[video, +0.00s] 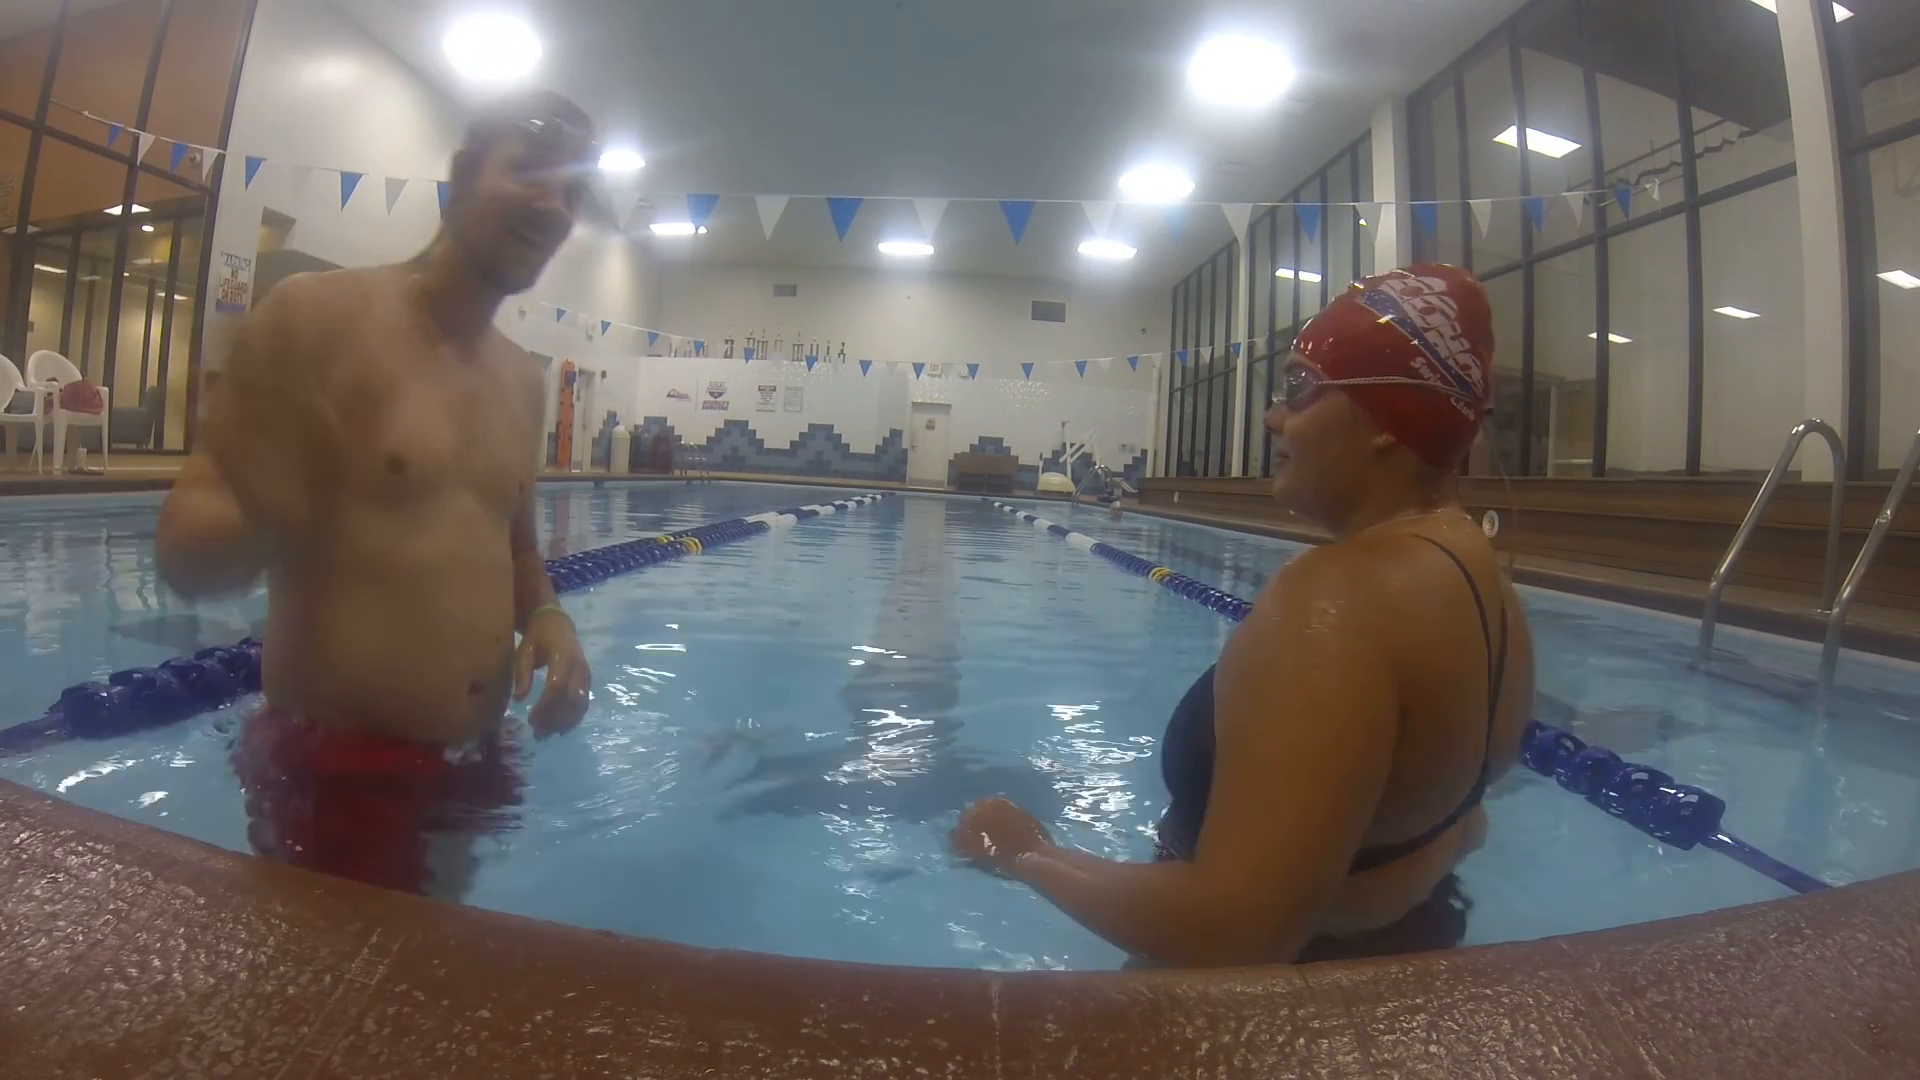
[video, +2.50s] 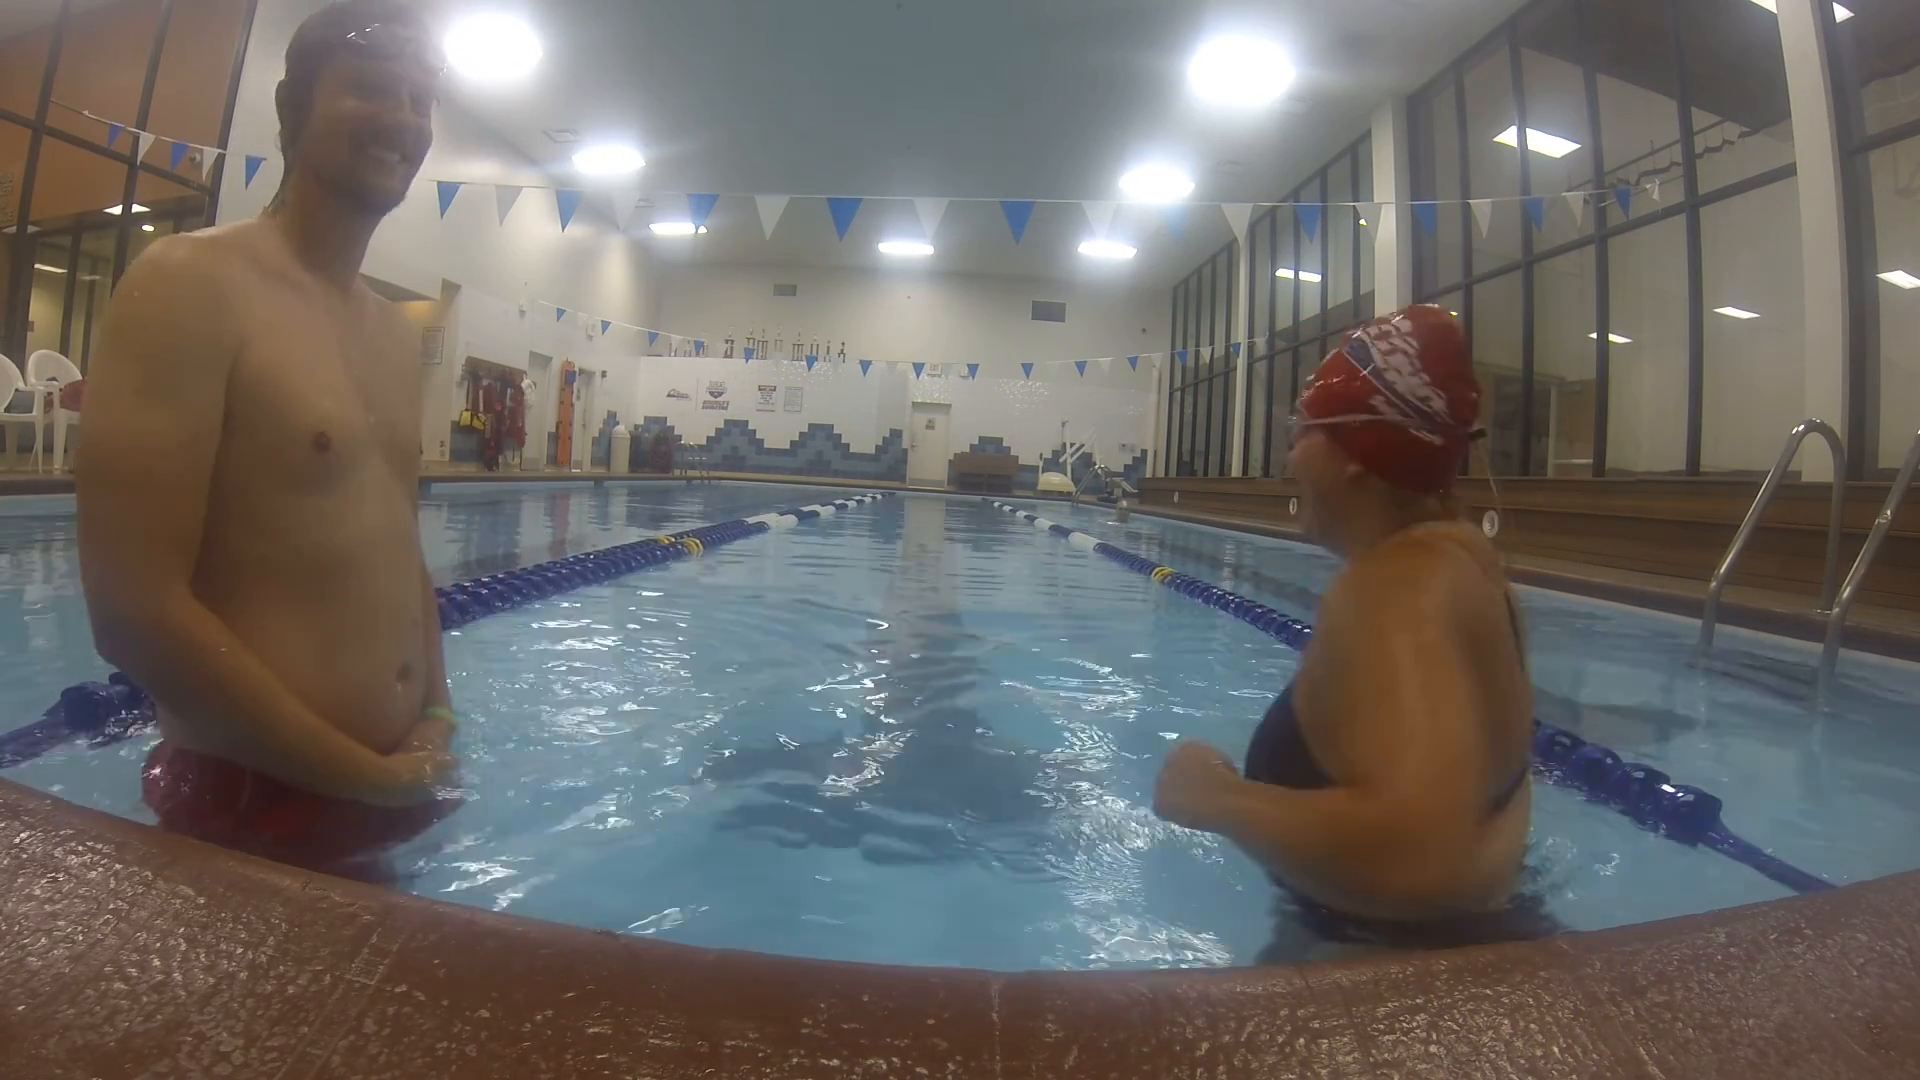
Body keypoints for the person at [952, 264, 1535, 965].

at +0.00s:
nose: (1276, 418)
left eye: (1305, 393)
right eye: (1289, 390)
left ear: (1385, 428)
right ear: (1388, 429)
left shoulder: (1333, 602)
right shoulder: (1473, 561)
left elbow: (1238, 925)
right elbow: (1491, 760)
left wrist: (1029, 857)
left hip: (1268, 986)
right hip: (1405, 955)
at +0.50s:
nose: (1279, 427)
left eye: (1323, 405)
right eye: (1270, 404)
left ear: (1406, 445)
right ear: (1254, 420)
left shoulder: (1431, 635)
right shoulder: (1322, 584)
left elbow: (1452, 921)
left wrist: (1212, 788)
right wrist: (1174, 758)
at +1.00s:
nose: (1285, 467)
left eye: (1323, 447)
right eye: (1263, 442)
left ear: (1366, 477)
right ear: (1240, 464)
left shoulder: (1419, 607)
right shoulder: (1206, 612)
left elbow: (1619, 768)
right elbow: (1204, 742)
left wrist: (1468, 652)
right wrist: (1105, 765)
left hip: (1372, 985)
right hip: (1219, 973)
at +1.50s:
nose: (1337, 464)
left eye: (1364, 444)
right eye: (1308, 439)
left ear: (1389, 468)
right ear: (1266, 461)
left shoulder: (1442, 594)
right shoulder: (1205, 602)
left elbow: (1639, 725)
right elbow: (1163, 725)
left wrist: (1535, 630)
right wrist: (1066, 767)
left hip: (1403, 949)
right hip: (1252, 935)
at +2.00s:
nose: (1345, 468)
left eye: (1383, 446)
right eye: (1320, 442)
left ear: (1428, 468)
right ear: (1294, 459)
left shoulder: (1469, 595)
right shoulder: (1276, 593)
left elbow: (1634, 783)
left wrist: (1476, 650)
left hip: (1446, 955)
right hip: (1299, 943)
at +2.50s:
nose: (1290, 456)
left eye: (1304, 431)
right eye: (1298, 431)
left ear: (1360, 453)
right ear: (1369, 454)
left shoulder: (1399, 587)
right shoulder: (1458, 561)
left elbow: (1423, 852)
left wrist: (1224, 801)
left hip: (1372, 967)